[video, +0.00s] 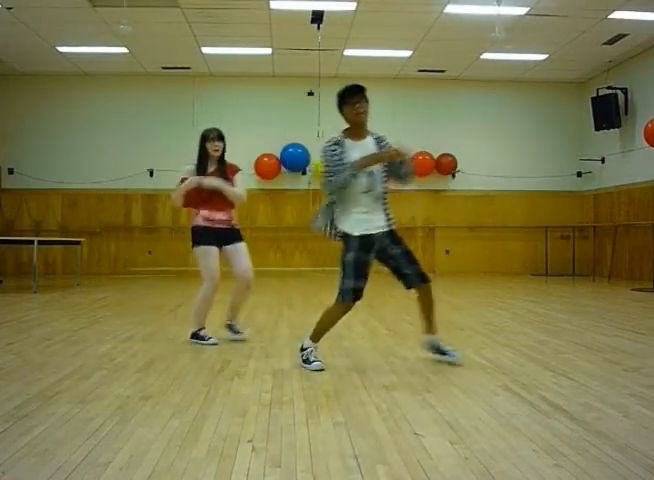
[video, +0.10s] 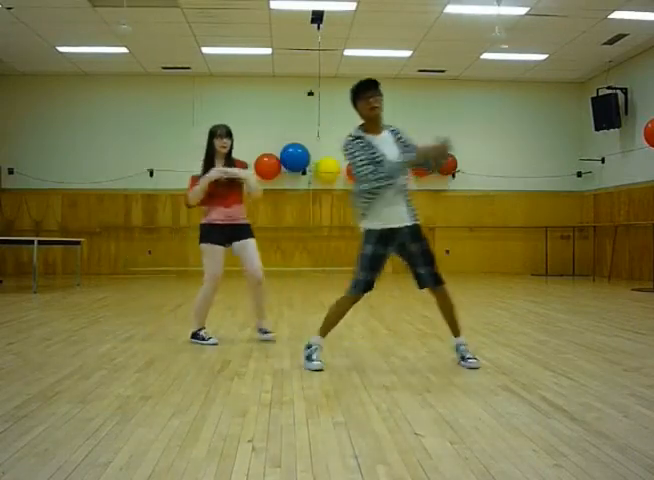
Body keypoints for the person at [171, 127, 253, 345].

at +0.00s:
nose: (216, 145)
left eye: (219, 141)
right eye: (211, 141)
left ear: (224, 144)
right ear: (203, 145)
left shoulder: (230, 170)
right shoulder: (193, 173)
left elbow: (240, 198)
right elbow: (177, 202)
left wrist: (219, 184)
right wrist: (186, 186)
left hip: (229, 227)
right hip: (203, 228)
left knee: (245, 276)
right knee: (211, 278)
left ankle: (231, 322)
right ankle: (198, 330)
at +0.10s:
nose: (223, 142)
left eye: (227, 138)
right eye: (219, 138)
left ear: (232, 141)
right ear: (211, 141)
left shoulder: (241, 167)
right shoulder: (202, 172)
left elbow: (256, 193)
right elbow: (192, 200)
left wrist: (243, 175)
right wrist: (208, 179)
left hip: (240, 224)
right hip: (213, 226)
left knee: (257, 275)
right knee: (213, 277)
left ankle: (261, 326)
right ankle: (198, 330)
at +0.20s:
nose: (231, 141)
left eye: (235, 137)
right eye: (227, 137)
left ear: (240, 141)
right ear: (219, 141)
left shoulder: (251, 167)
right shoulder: (213, 175)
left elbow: (269, 193)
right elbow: (211, 201)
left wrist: (261, 178)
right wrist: (235, 183)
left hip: (252, 224)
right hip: (224, 226)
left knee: (267, 278)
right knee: (217, 278)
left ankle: (282, 325)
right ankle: (198, 329)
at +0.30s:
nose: (239, 142)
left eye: (242, 138)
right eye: (234, 139)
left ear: (248, 142)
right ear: (228, 143)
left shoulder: (260, 168)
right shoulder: (223, 177)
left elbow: (278, 194)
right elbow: (222, 206)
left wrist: (269, 188)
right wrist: (251, 200)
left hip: (264, 225)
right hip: (236, 228)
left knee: (273, 278)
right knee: (227, 278)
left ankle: (283, 326)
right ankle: (204, 328)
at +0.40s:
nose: (245, 141)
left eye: (248, 137)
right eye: (240, 138)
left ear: (254, 139)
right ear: (234, 142)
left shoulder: (268, 162)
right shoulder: (229, 170)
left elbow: (279, 191)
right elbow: (228, 205)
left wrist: (285, 209)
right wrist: (252, 219)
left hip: (271, 222)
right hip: (242, 226)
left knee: (276, 278)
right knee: (236, 278)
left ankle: (283, 326)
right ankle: (226, 327)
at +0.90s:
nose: (243, 141)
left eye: (247, 137)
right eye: (239, 138)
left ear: (256, 139)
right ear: (236, 141)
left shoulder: (261, 162)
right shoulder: (240, 164)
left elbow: (274, 192)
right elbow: (241, 195)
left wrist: (256, 220)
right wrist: (234, 218)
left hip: (255, 226)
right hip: (236, 225)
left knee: (264, 275)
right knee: (221, 273)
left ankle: (289, 325)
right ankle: (219, 329)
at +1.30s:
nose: (222, 146)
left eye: (226, 142)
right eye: (219, 142)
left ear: (235, 144)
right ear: (216, 145)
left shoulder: (236, 166)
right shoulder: (220, 166)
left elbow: (250, 188)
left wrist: (225, 208)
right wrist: (218, 210)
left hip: (229, 229)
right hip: (214, 229)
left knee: (249, 278)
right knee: (201, 276)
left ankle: (287, 322)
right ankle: (219, 330)